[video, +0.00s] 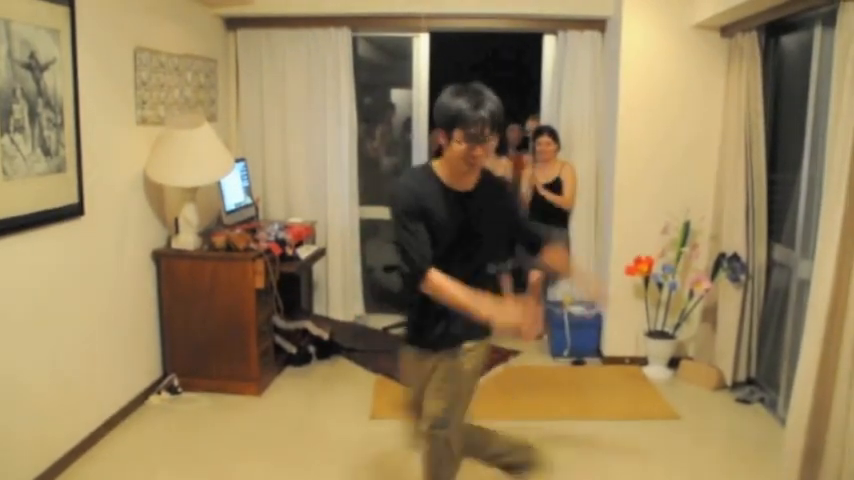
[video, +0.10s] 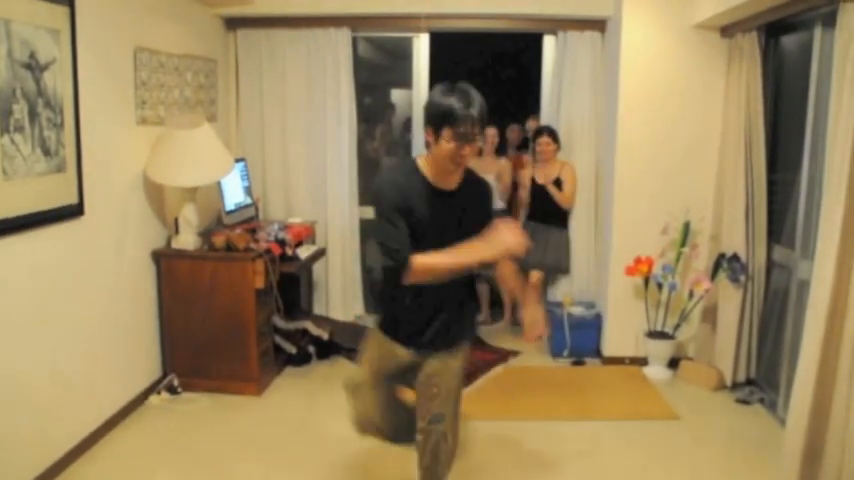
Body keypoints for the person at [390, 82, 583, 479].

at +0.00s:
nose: (477, 153)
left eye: (486, 143)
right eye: (469, 141)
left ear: (496, 143)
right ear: (443, 138)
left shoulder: (493, 191)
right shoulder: (413, 190)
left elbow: (532, 243)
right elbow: (421, 273)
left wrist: (580, 276)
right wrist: (494, 308)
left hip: (470, 329)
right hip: (425, 329)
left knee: (440, 427)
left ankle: (440, 474)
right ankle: (518, 457)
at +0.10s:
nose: (466, 151)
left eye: (473, 141)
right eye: (458, 140)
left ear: (480, 141)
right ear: (430, 136)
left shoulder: (476, 190)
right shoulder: (395, 186)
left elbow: (492, 254)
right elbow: (403, 268)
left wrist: (525, 300)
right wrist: (487, 246)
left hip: (450, 331)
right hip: (396, 327)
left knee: (438, 436)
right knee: (373, 416)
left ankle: (436, 474)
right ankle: (425, 430)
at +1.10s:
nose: (380, 162)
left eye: (387, 151)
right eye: (374, 155)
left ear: (416, 141)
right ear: (370, 157)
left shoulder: (458, 185)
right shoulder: (388, 195)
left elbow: (479, 268)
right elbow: (411, 248)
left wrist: (409, 264)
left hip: (470, 330)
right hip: (417, 327)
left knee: (481, 418)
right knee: (422, 417)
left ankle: (444, 436)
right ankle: (454, 474)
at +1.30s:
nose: (456, 168)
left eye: (466, 158)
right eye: (449, 157)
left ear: (489, 150)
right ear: (437, 145)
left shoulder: (504, 202)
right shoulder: (420, 180)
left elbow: (514, 287)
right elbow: (412, 234)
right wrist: (404, 287)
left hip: (493, 317)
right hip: (435, 311)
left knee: (517, 414)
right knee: (377, 366)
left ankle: (560, 473)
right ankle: (431, 463)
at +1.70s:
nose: (450, 137)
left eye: (460, 126)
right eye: (442, 125)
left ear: (476, 127)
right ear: (427, 124)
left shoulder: (499, 180)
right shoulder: (402, 171)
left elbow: (546, 231)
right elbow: (362, 233)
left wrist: (582, 266)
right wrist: (311, 264)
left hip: (465, 304)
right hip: (415, 299)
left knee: (428, 395)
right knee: (413, 391)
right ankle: (450, 466)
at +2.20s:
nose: (406, 107)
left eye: (416, 96)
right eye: (398, 97)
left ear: (436, 98)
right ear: (387, 100)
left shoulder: (460, 149)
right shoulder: (375, 149)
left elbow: (483, 190)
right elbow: (317, 195)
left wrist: (460, 217)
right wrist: (259, 211)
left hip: (441, 279)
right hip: (390, 260)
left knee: (420, 394)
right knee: (371, 303)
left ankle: (404, 474)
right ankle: (377, 410)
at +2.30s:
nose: (391, 116)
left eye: (401, 106)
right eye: (384, 106)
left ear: (423, 108)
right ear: (373, 109)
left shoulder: (448, 159)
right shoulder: (363, 164)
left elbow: (474, 243)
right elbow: (324, 241)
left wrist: (455, 322)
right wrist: (284, 307)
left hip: (436, 289)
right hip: (388, 271)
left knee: (415, 390)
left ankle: (404, 471)